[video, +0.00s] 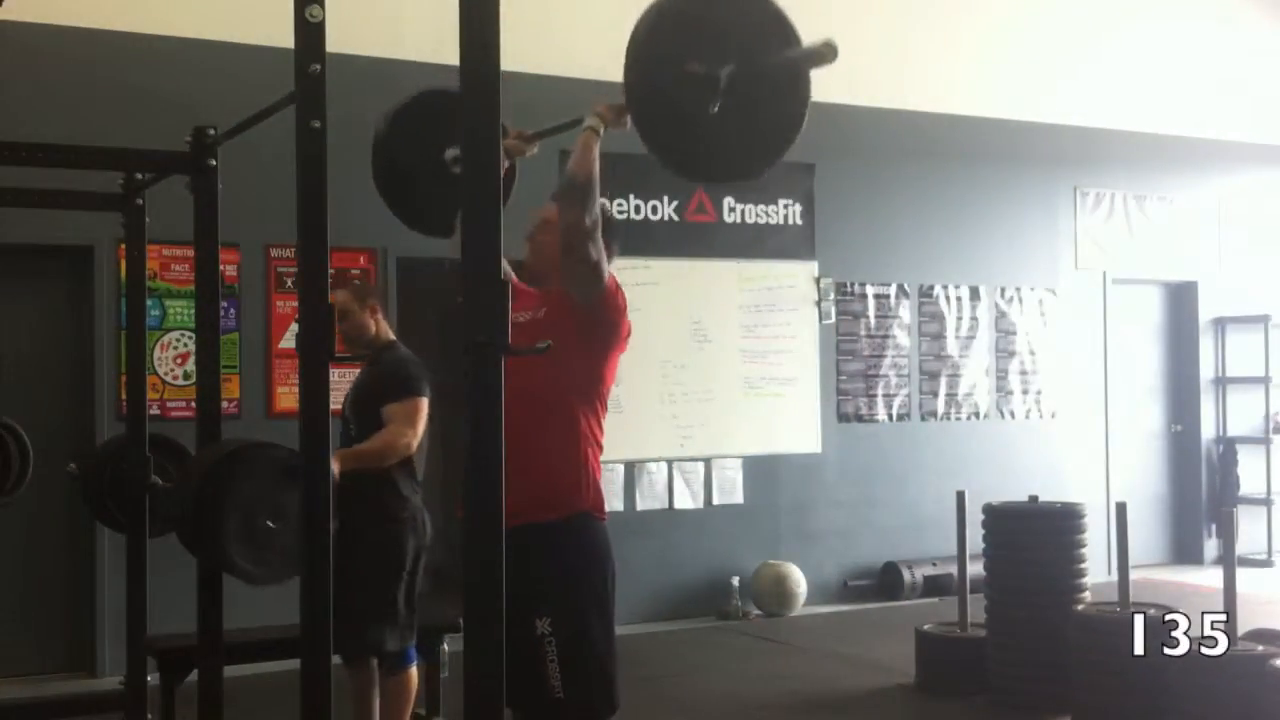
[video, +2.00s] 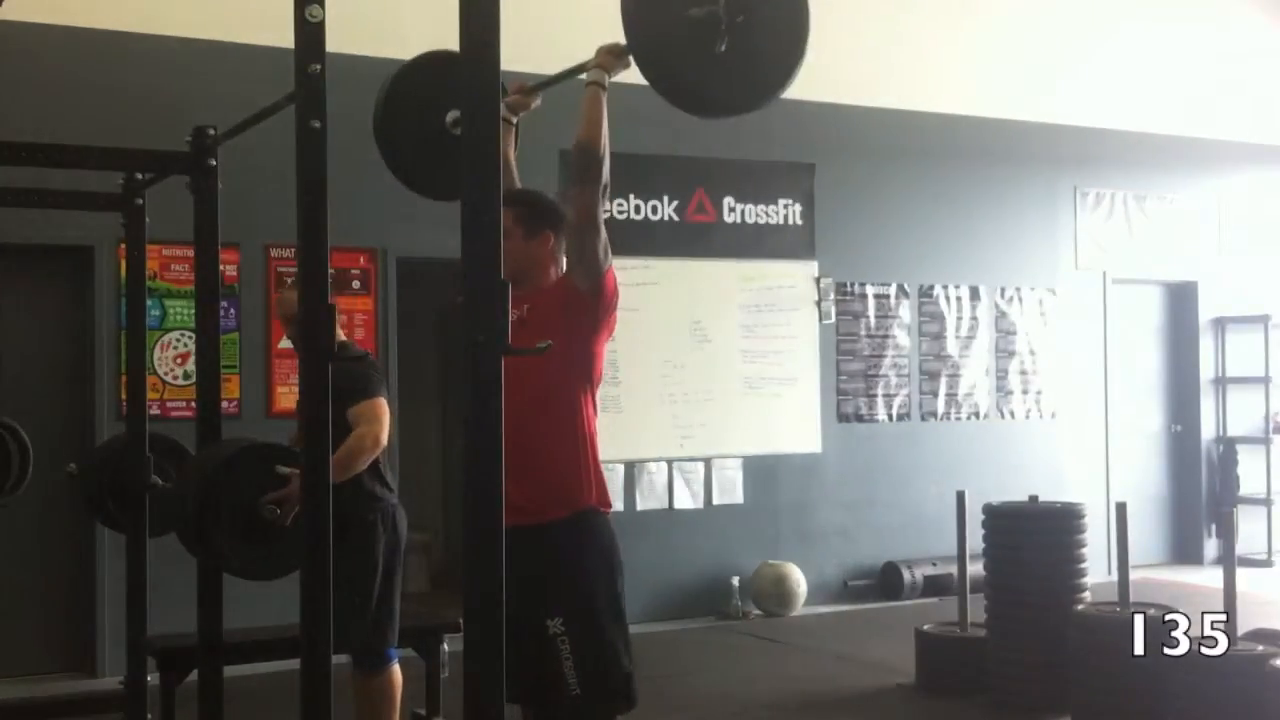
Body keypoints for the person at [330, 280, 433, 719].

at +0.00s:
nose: (339, 328)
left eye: (345, 317)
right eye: (336, 319)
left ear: (373, 313)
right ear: (363, 317)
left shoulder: (402, 365)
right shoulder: (372, 369)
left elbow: (404, 438)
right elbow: (374, 438)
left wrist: (340, 459)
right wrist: (336, 462)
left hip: (394, 518)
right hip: (360, 515)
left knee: (395, 643)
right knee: (355, 643)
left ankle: (396, 719)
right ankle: (366, 718)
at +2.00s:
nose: (289, 337)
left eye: (295, 326)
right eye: (285, 327)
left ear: (323, 320)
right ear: (293, 324)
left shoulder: (354, 366)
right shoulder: (320, 368)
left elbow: (373, 434)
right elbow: (312, 437)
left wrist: (312, 481)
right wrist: (296, 483)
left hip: (370, 515)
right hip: (344, 513)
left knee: (374, 650)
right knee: (362, 648)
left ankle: (385, 719)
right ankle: (369, 718)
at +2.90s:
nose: (320, 330)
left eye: (327, 319)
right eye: (317, 320)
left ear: (351, 316)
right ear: (320, 321)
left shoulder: (384, 375)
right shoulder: (330, 373)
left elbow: (390, 450)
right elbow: (307, 425)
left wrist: (359, 503)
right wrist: (261, 456)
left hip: (375, 527)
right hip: (331, 525)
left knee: (378, 648)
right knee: (339, 648)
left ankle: (388, 719)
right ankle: (347, 719)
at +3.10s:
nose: (319, 325)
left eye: (328, 314)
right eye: (317, 314)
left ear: (354, 315)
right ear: (323, 317)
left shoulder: (386, 373)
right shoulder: (327, 373)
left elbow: (406, 456)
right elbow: (304, 426)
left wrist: (415, 526)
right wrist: (258, 458)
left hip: (375, 526)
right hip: (332, 523)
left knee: (377, 649)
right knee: (340, 650)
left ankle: (387, 719)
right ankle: (349, 718)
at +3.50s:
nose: (339, 322)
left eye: (347, 310)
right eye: (333, 311)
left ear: (374, 313)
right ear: (325, 316)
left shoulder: (404, 368)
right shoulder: (319, 374)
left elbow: (431, 443)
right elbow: (278, 430)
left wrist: (437, 514)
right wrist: (239, 476)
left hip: (400, 521)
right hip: (340, 522)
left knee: (421, 636)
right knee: (354, 640)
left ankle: (442, 716)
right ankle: (352, 716)